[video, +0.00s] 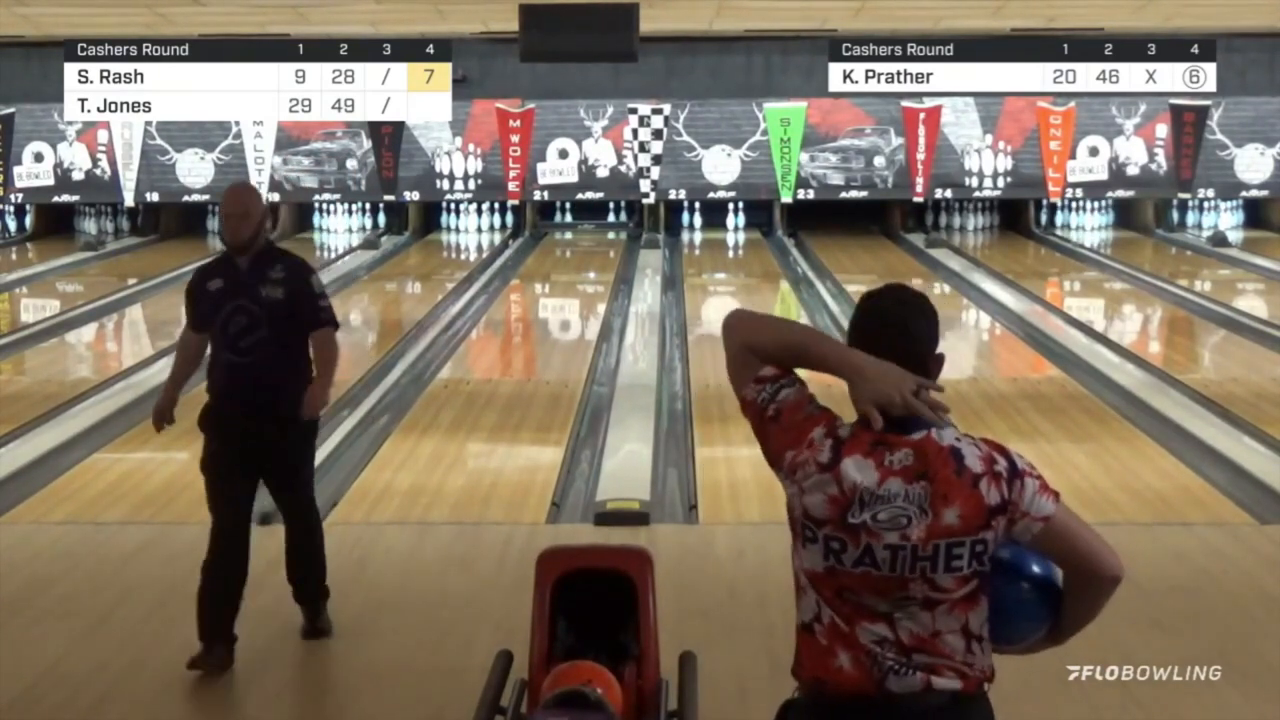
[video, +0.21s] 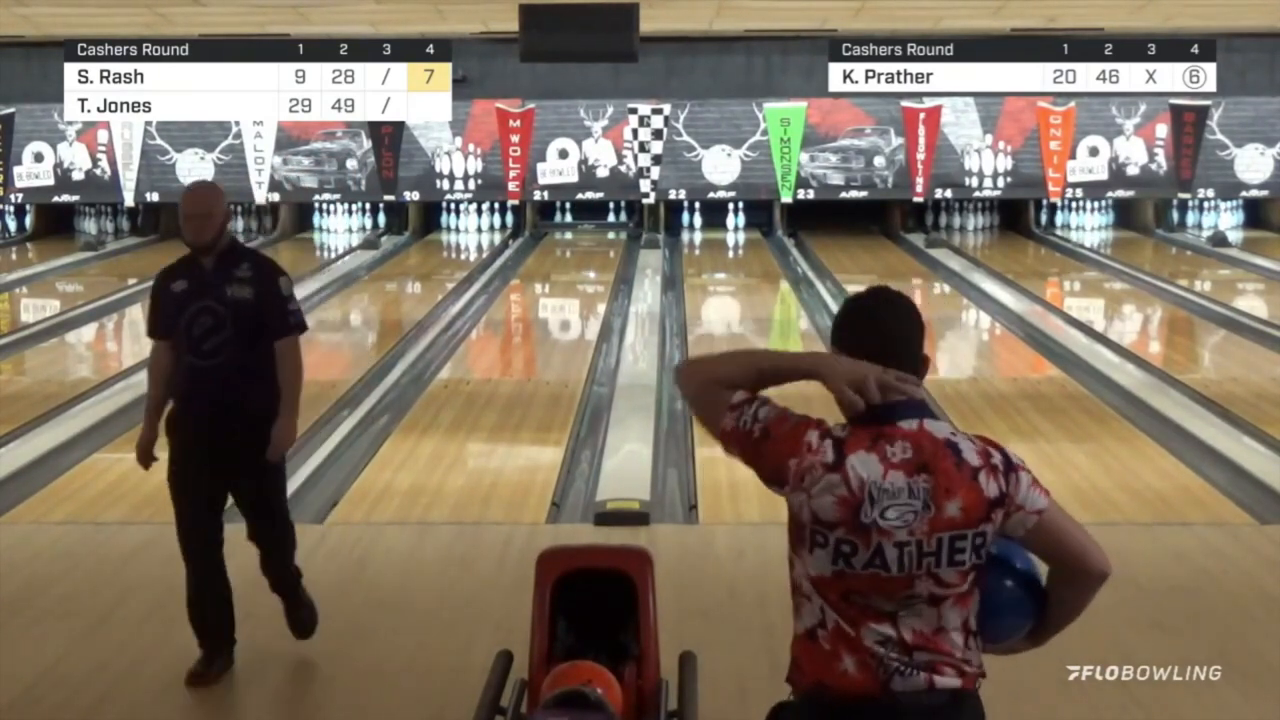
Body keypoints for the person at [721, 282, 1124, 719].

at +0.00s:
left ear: (853, 370)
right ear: (936, 370)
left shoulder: (813, 457)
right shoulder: (990, 469)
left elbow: (741, 330)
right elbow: (1101, 569)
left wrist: (854, 366)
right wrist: (1046, 632)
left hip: (833, 697)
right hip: (953, 699)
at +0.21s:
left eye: (845, 365)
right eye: (925, 353)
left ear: (839, 371)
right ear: (928, 364)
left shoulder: (811, 456)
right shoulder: (987, 464)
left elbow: (696, 378)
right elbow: (1086, 565)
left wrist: (817, 364)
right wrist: (1032, 630)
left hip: (831, 694)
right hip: (949, 694)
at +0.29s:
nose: (839, 369)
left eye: (835, 363)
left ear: (837, 370)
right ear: (920, 363)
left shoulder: (810, 458)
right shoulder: (984, 463)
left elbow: (675, 416)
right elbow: (1079, 566)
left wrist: (786, 368)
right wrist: (1021, 632)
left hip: (830, 695)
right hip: (944, 695)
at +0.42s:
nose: (815, 374)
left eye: (817, 361)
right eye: (814, 362)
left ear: (829, 362)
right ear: (905, 361)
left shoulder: (800, 465)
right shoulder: (971, 463)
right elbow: (1057, 572)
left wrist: (725, 404)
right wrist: (995, 639)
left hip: (819, 700)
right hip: (934, 694)